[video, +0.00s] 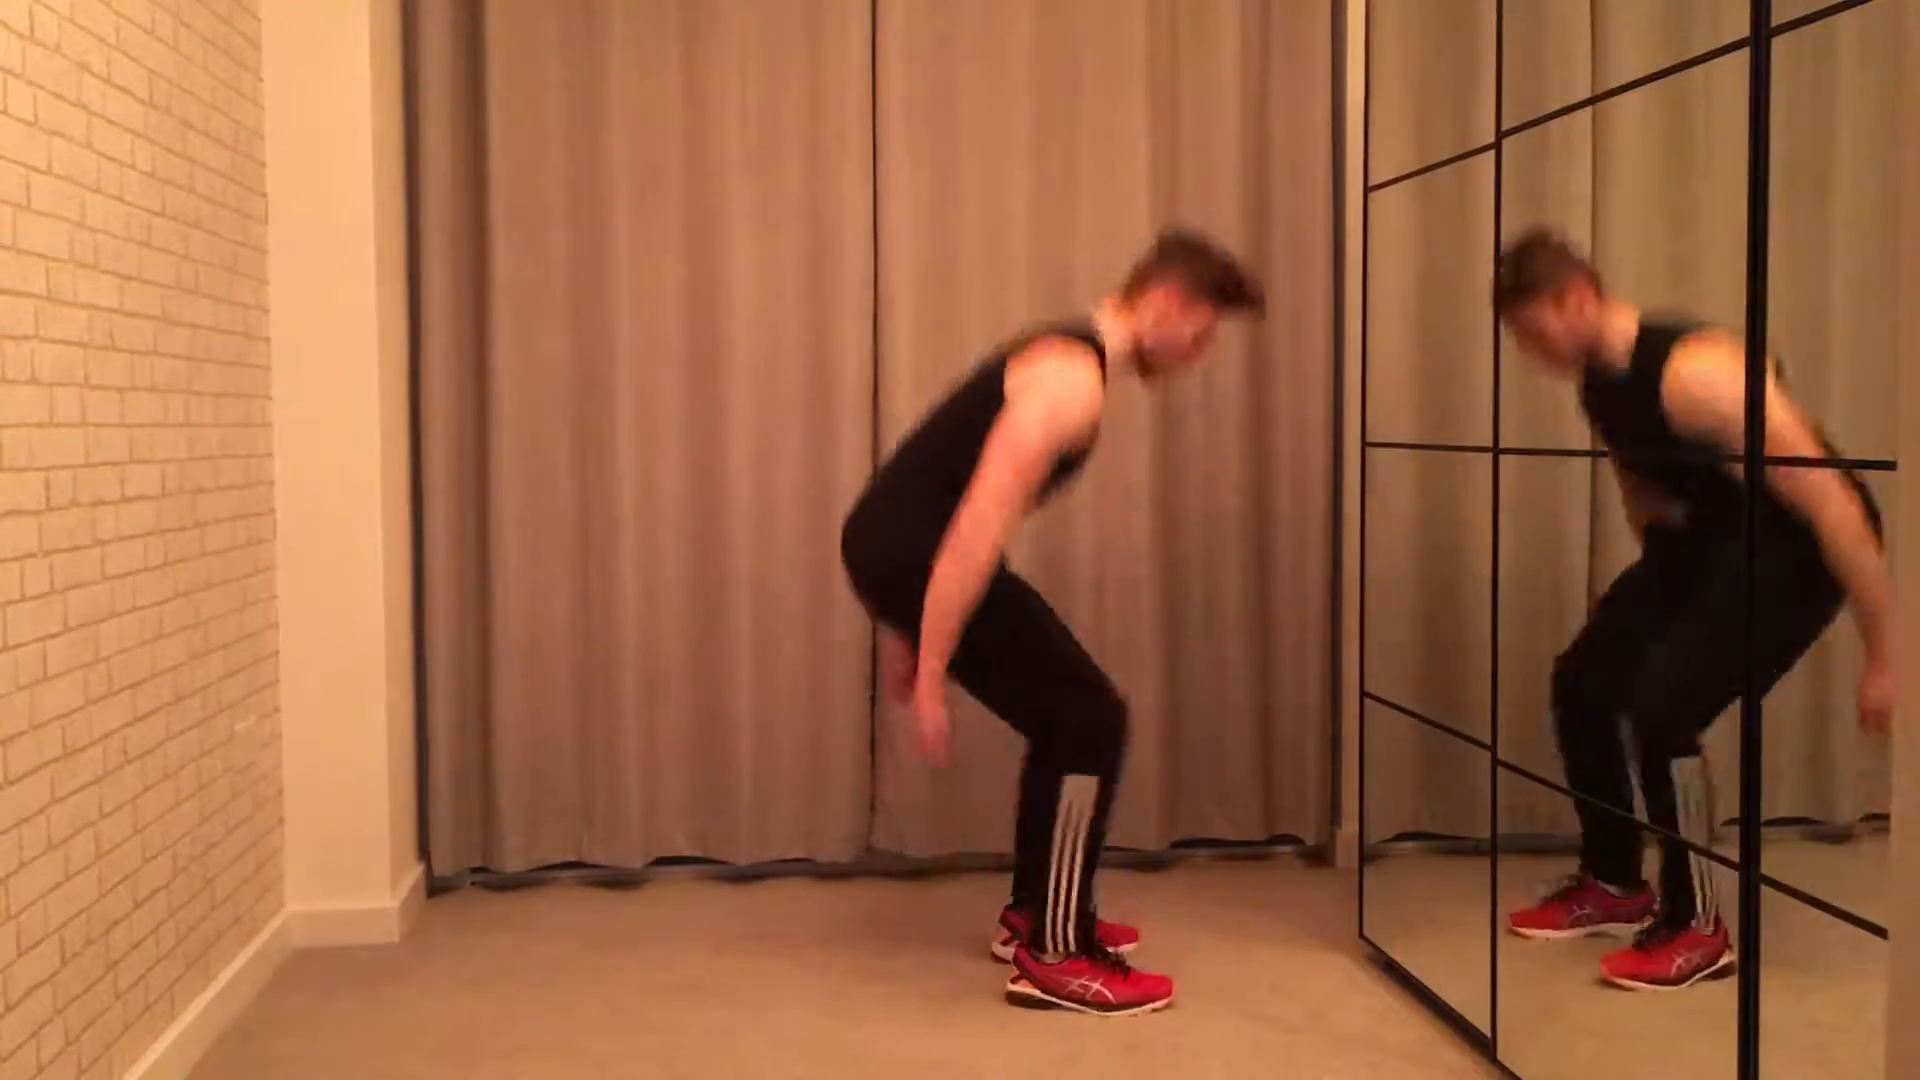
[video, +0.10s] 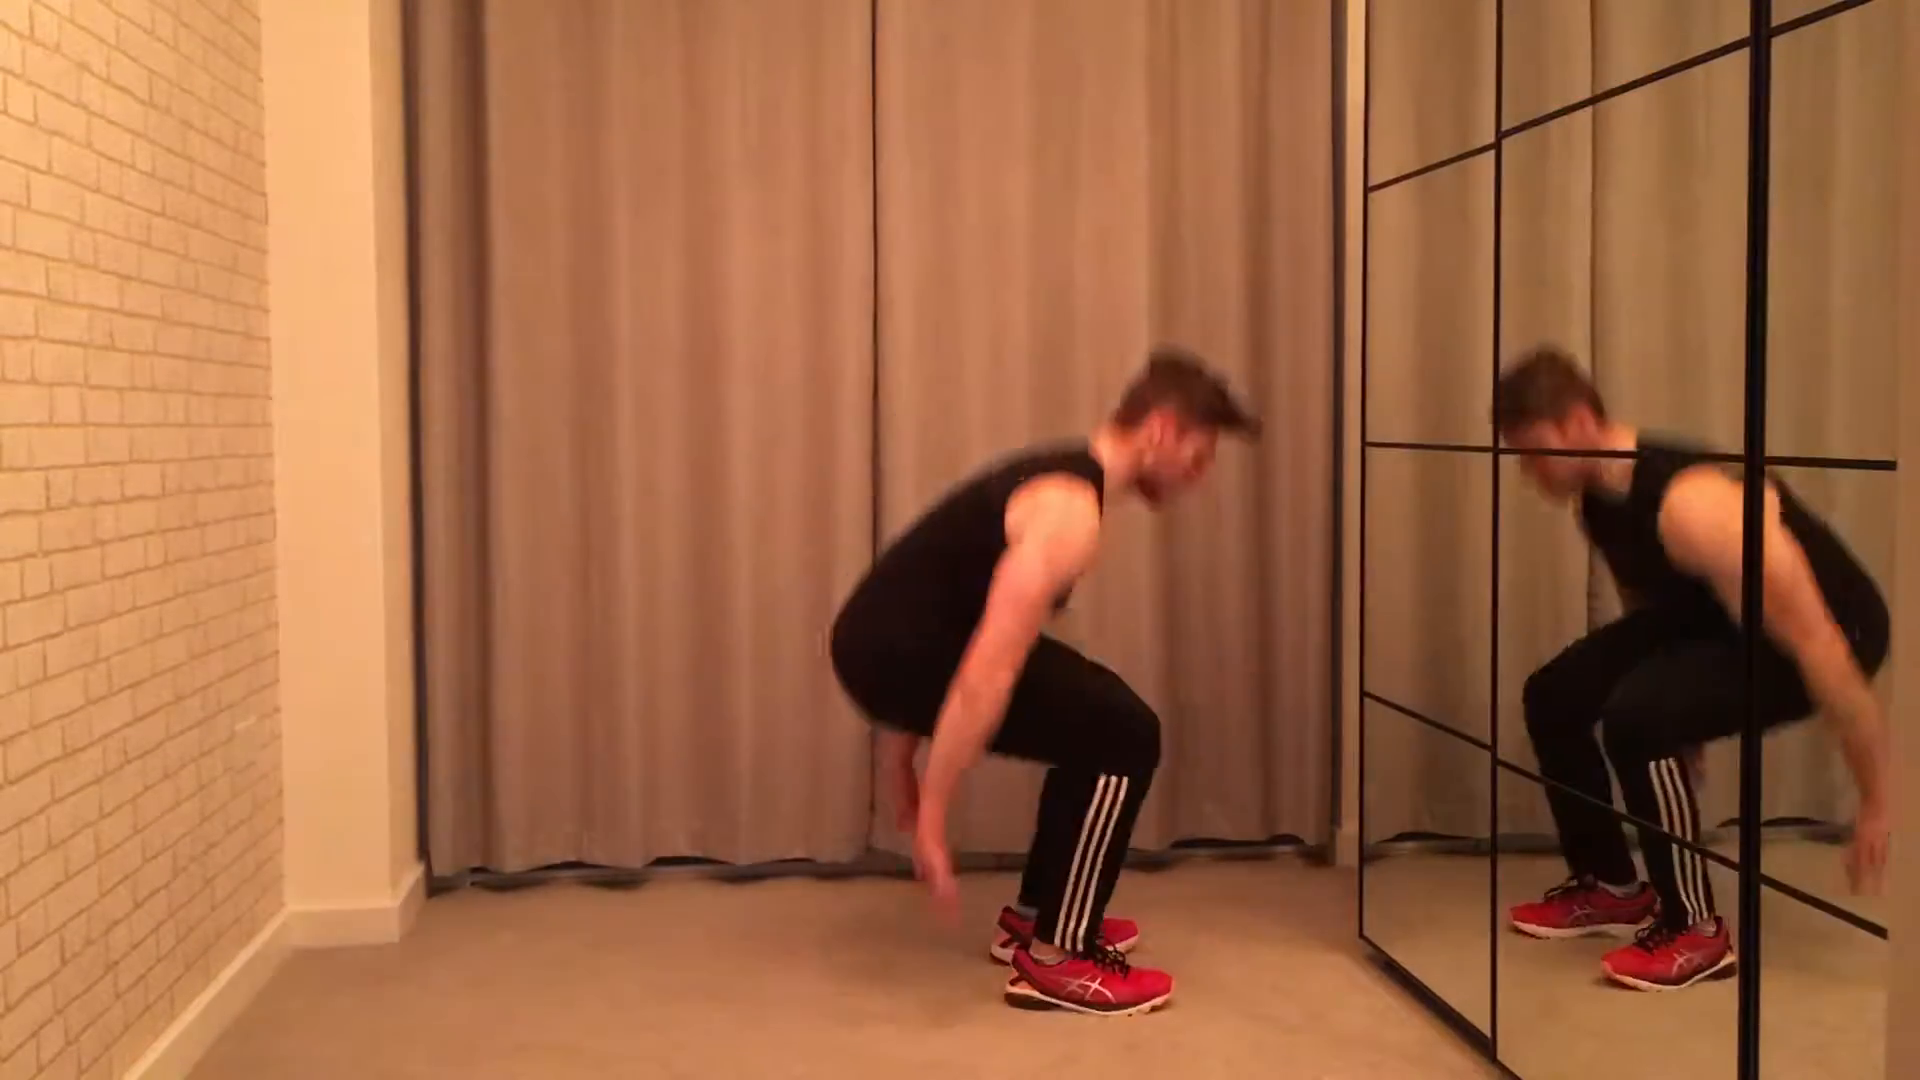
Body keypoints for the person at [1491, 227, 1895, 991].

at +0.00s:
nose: (1535, 348)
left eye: (1535, 328)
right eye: (1523, 335)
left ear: (1577, 296)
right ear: (1568, 305)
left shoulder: (1697, 371)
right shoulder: (1602, 383)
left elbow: (1829, 499)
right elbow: (1646, 503)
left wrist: (1883, 655)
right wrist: (1669, 596)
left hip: (1796, 553)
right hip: (1705, 545)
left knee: (1655, 711)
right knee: (1583, 686)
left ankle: (1690, 923)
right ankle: (1613, 884)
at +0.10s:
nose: (1530, 475)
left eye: (1532, 454)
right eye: (1520, 458)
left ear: (1576, 423)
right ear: (1568, 430)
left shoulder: (1695, 503)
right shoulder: (1600, 499)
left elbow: (1817, 639)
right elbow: (1650, 618)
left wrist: (1875, 802)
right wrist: (1677, 731)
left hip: (1823, 639)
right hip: (1721, 618)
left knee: (1639, 720)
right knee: (1556, 696)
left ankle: (1695, 930)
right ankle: (1610, 884)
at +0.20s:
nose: (1542, 547)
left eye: (1549, 524)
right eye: (1535, 528)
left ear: (1600, 504)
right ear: (1594, 511)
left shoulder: (1706, 595)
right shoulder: (1613, 582)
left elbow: (1825, 746)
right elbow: (1667, 690)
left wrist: (1869, 895)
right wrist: (1699, 806)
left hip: (1833, 727)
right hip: (1746, 696)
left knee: (1636, 719)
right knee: (1553, 703)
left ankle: (1693, 927)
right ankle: (1612, 888)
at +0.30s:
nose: (1581, 578)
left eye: (1594, 557)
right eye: (1580, 559)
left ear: (1650, 545)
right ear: (1647, 550)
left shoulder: (1744, 638)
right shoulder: (1648, 629)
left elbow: (1849, 788)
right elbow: (1720, 745)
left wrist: (1889, 930)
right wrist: (1758, 854)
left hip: (1822, 812)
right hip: (1764, 783)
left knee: (1648, 721)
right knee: (1562, 698)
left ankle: (1694, 928)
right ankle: (1611, 886)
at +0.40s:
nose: (1673, 594)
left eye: (1687, 571)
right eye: (1671, 572)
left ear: (1763, 563)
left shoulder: (1826, 648)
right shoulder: (1715, 646)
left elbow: (1879, 801)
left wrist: (1900, 946)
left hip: (1813, 876)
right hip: (1735, 860)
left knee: (1685, 702)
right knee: (1582, 691)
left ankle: (1673, 917)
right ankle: (1604, 885)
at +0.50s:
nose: (1807, 598)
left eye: (1825, 581)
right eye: (1803, 581)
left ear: (1878, 587)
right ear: (1795, 584)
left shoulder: (1890, 671)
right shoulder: (1805, 664)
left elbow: (1903, 816)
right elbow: (1765, 777)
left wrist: (1900, 957)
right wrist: (1718, 890)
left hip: (1807, 908)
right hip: (1743, 889)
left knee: (1726, 713)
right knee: (1630, 679)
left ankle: (1612, 898)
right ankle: (1583, 882)